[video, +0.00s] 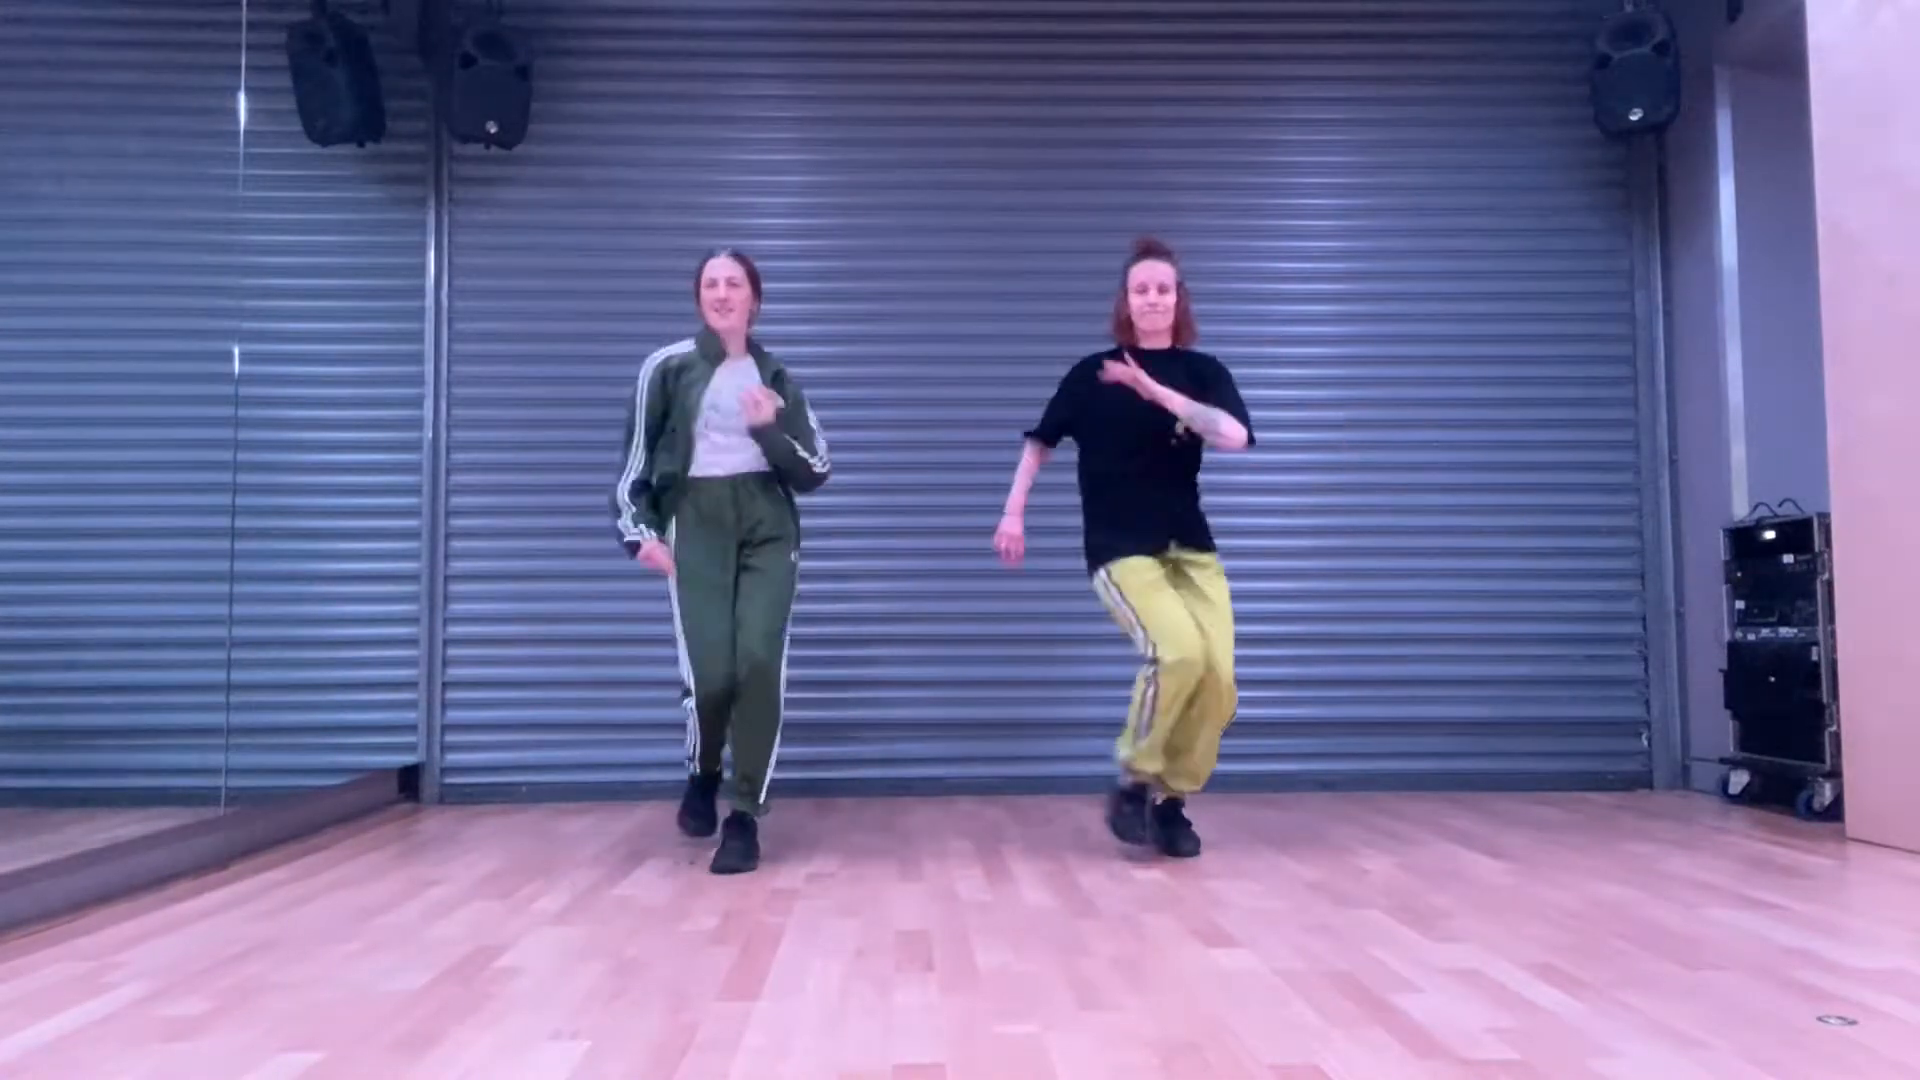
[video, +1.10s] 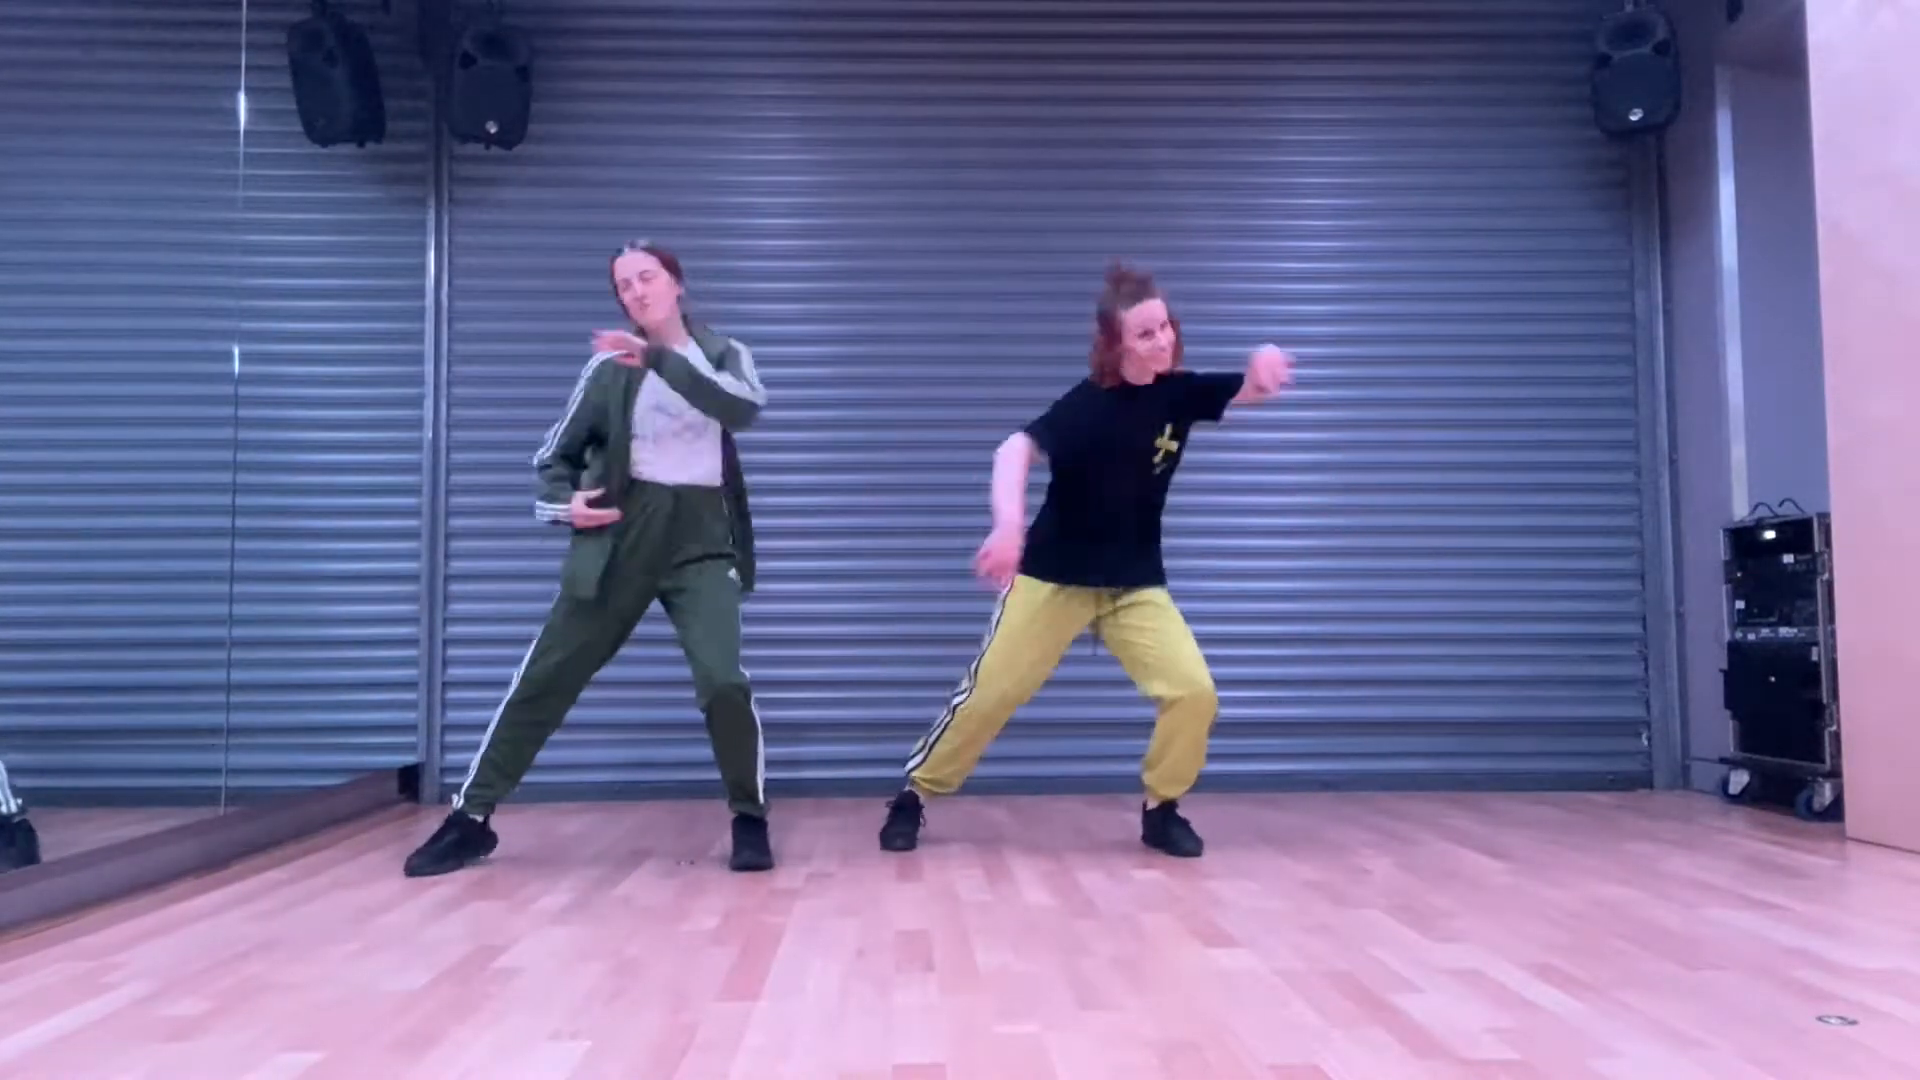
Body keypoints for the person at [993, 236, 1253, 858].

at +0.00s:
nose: (1152, 300)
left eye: (1163, 289)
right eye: (1140, 291)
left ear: (1180, 299)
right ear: (1124, 302)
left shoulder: (1202, 371)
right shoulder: (1092, 375)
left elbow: (1236, 437)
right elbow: (1039, 444)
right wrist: (1012, 515)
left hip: (1190, 545)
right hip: (1119, 548)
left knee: (1220, 679)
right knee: (1181, 653)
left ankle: (1170, 800)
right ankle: (1135, 782)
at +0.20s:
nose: (1155, 305)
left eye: (1166, 292)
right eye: (1143, 293)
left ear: (1182, 301)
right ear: (1126, 303)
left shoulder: (1204, 369)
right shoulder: (1108, 376)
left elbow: (1221, 427)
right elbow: (1093, 445)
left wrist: (1229, 429)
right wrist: (1060, 486)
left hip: (1171, 529)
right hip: (1098, 519)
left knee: (1197, 673)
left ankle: (1164, 807)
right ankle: (1180, 500)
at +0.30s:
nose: (1158, 305)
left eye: (1169, 294)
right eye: (1146, 294)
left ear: (1186, 301)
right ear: (1131, 303)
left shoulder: (1219, 374)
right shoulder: (1107, 378)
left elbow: (1272, 443)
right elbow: (1064, 449)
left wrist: (1316, 484)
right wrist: (1036, 470)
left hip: (1179, 545)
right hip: (1112, 520)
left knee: (1203, 674)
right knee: (1080, 505)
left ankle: (1164, 806)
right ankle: (1023, 472)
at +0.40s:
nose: (1174, 306)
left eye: (1184, 294)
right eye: (1162, 296)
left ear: (1201, 299)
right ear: (1145, 304)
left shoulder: (1232, 379)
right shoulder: (1121, 372)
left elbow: (1272, 464)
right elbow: (1073, 453)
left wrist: (1319, 517)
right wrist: (1116, 450)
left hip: (1177, 549)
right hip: (1101, 516)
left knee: (1207, 676)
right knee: (1018, 560)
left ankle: (1167, 805)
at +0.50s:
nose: (1186, 311)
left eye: (1195, 299)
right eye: (1174, 299)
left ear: (1213, 306)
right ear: (1157, 306)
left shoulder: (1218, 388)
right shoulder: (1135, 372)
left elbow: (1244, 472)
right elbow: (1125, 452)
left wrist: (1300, 525)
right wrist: (1191, 465)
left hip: (1161, 562)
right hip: (1080, 536)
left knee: (1194, 683)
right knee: (997, 628)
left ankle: (1166, 808)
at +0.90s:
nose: (1146, 336)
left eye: (1156, 323)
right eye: (1134, 324)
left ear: (1171, 328)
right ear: (1112, 332)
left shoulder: (1183, 409)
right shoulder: (1091, 393)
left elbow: (1232, 435)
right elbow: (1101, 399)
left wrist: (1292, 438)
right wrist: (1188, 397)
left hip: (1132, 588)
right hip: (1052, 579)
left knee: (1184, 695)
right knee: (986, 695)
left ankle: (1163, 809)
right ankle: (909, 799)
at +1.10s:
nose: (1162, 342)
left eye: (1165, 327)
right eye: (1145, 334)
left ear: (1174, 328)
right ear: (1115, 343)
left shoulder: (1181, 393)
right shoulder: (1089, 403)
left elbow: (1251, 390)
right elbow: (1014, 451)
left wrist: (1263, 368)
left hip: (1136, 586)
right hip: (1053, 583)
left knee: (1194, 693)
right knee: (991, 696)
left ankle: (1161, 810)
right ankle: (912, 797)